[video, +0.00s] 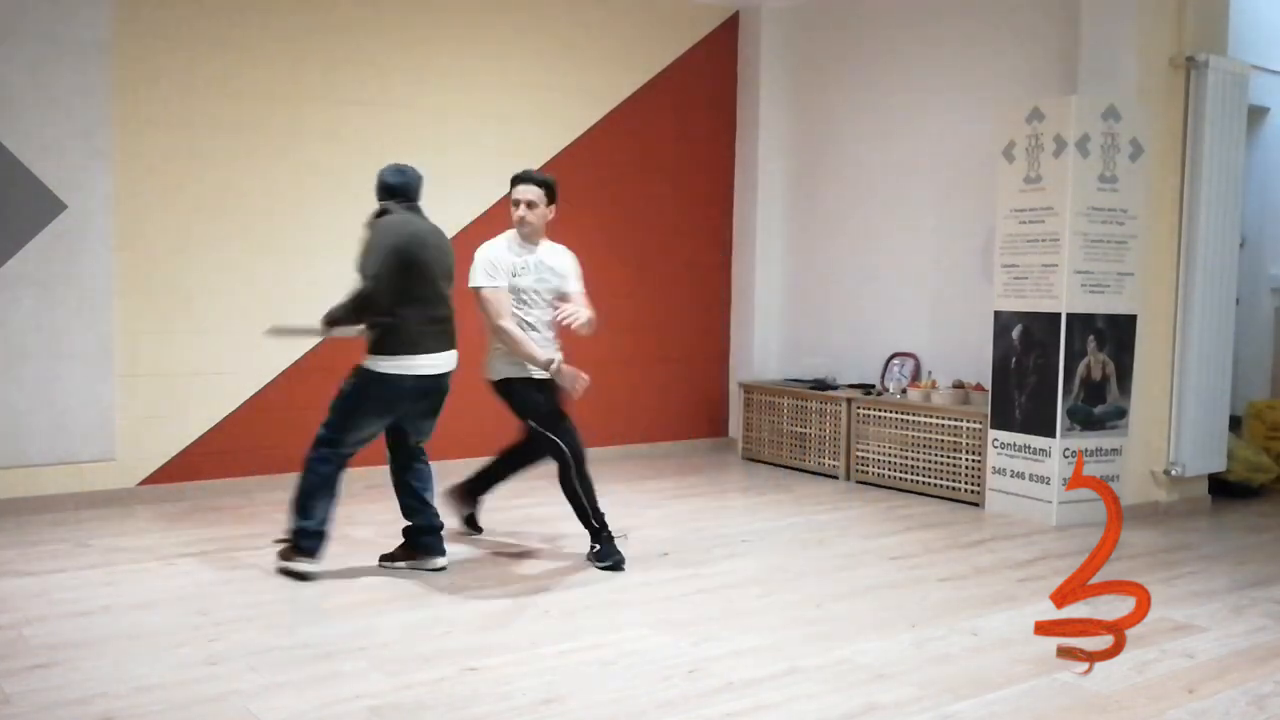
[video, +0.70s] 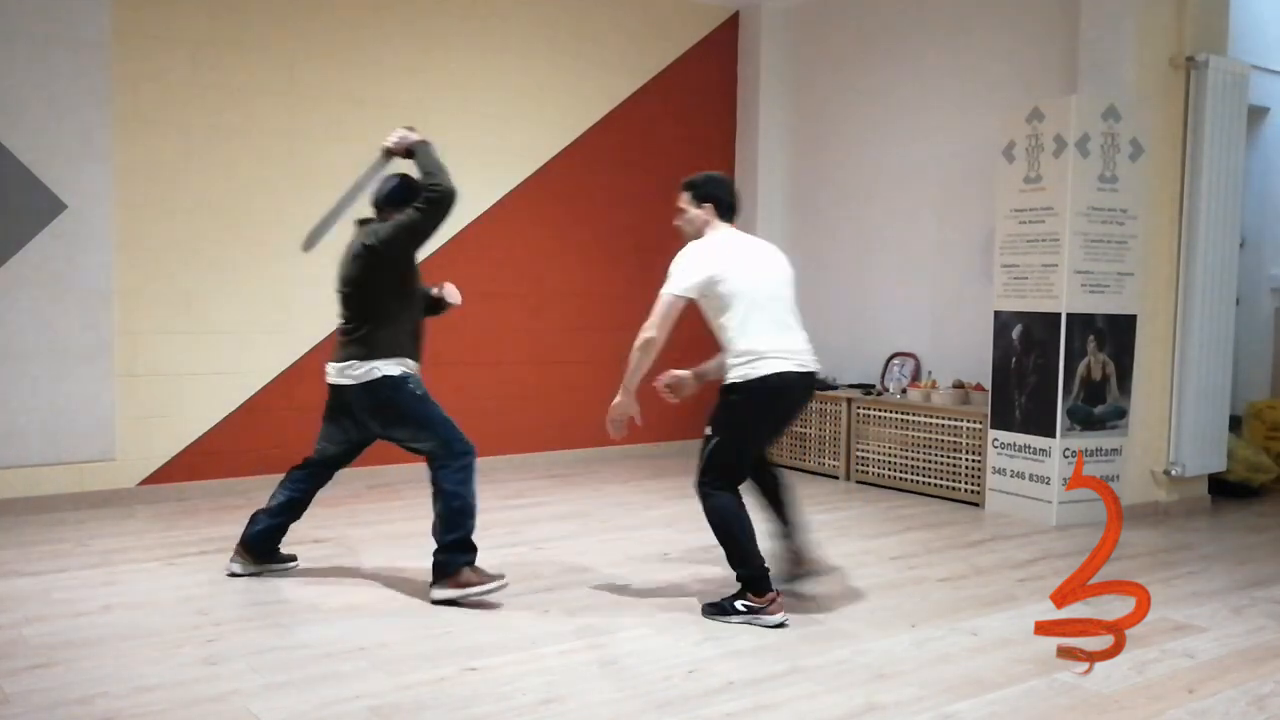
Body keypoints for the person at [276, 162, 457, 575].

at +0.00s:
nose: (378, 201)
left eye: (379, 195)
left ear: (382, 194)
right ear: (416, 195)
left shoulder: (387, 229)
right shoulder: (437, 235)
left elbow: (376, 292)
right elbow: (424, 298)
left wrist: (336, 317)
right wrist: (370, 317)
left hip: (390, 372)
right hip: (436, 370)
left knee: (330, 449)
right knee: (408, 448)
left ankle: (305, 545)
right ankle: (426, 543)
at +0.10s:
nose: (410, 201)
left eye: (406, 194)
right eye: (407, 195)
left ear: (365, 198)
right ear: (400, 198)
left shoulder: (335, 237)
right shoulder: (420, 239)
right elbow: (447, 290)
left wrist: (324, 354)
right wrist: (406, 285)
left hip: (352, 371)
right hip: (411, 370)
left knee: (312, 452)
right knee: (413, 455)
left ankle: (276, 546)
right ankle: (419, 545)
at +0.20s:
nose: (395, 206)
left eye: (393, 198)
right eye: (390, 199)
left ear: (347, 199)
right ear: (372, 200)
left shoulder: (306, 244)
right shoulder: (387, 235)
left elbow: (278, 315)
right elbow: (449, 260)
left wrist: (313, 351)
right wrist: (425, 240)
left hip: (327, 378)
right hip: (386, 374)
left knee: (305, 458)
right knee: (414, 446)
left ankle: (269, 549)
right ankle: (391, 540)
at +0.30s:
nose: (380, 204)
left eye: (379, 196)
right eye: (375, 196)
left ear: (335, 199)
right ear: (352, 198)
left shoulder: (297, 246)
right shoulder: (365, 228)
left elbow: (274, 318)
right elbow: (431, 218)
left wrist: (309, 351)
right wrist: (419, 186)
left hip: (316, 378)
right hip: (366, 372)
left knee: (303, 457)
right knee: (416, 440)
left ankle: (254, 546)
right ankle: (384, 534)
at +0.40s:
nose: (372, 200)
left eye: (371, 194)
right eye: (367, 193)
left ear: (328, 196)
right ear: (346, 194)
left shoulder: (300, 240)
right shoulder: (346, 223)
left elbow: (299, 313)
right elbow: (408, 192)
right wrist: (393, 151)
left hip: (312, 371)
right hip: (355, 365)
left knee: (303, 457)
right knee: (418, 437)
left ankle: (253, 547)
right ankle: (396, 538)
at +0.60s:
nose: (390, 205)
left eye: (388, 196)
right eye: (389, 197)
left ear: (348, 197)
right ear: (378, 199)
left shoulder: (327, 239)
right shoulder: (364, 229)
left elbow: (371, 303)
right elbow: (414, 185)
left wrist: (430, 311)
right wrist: (386, 141)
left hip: (324, 376)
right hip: (367, 373)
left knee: (312, 461)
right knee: (435, 451)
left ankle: (253, 545)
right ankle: (440, 556)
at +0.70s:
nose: (422, 216)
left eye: (420, 206)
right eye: (419, 208)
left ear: (379, 205)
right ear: (407, 208)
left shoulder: (361, 246)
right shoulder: (389, 239)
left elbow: (386, 299)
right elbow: (439, 195)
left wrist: (432, 300)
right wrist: (419, 146)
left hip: (347, 383)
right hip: (385, 380)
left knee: (318, 466)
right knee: (455, 454)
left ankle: (255, 548)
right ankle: (453, 566)